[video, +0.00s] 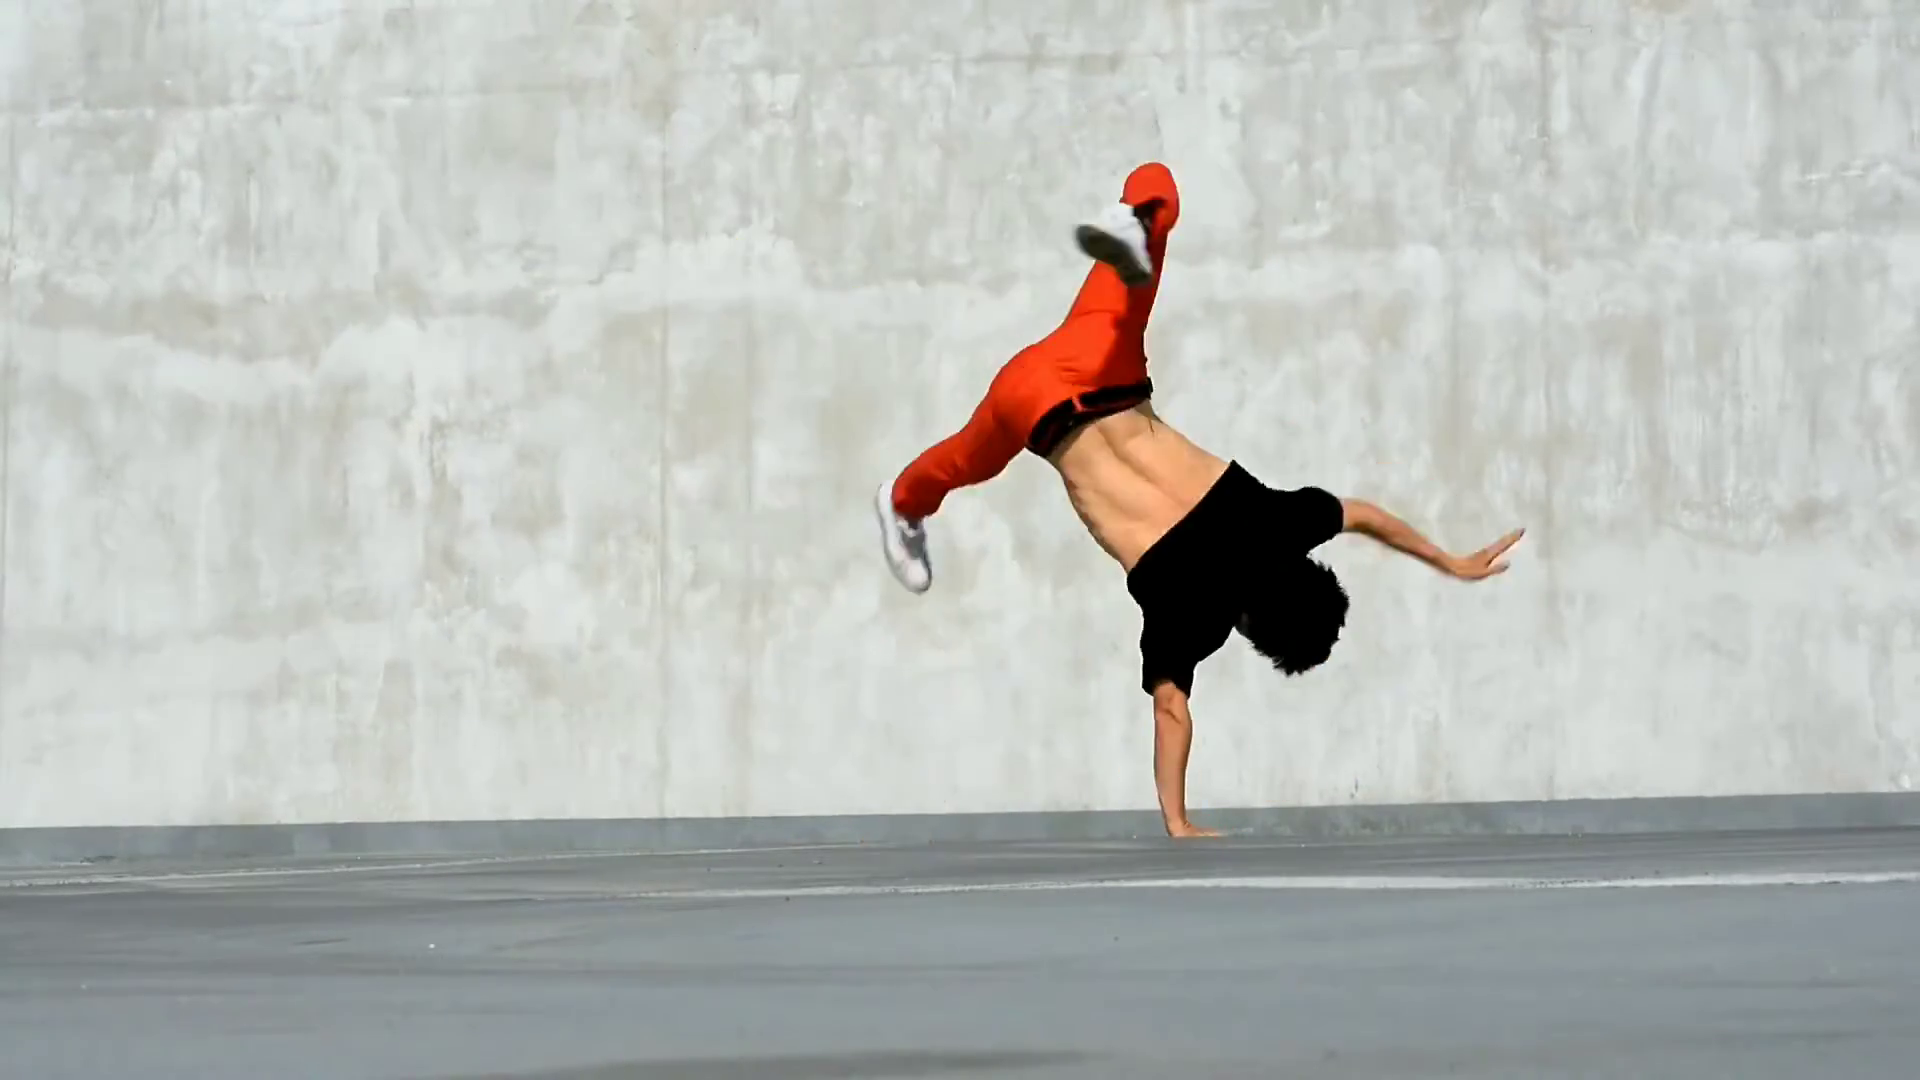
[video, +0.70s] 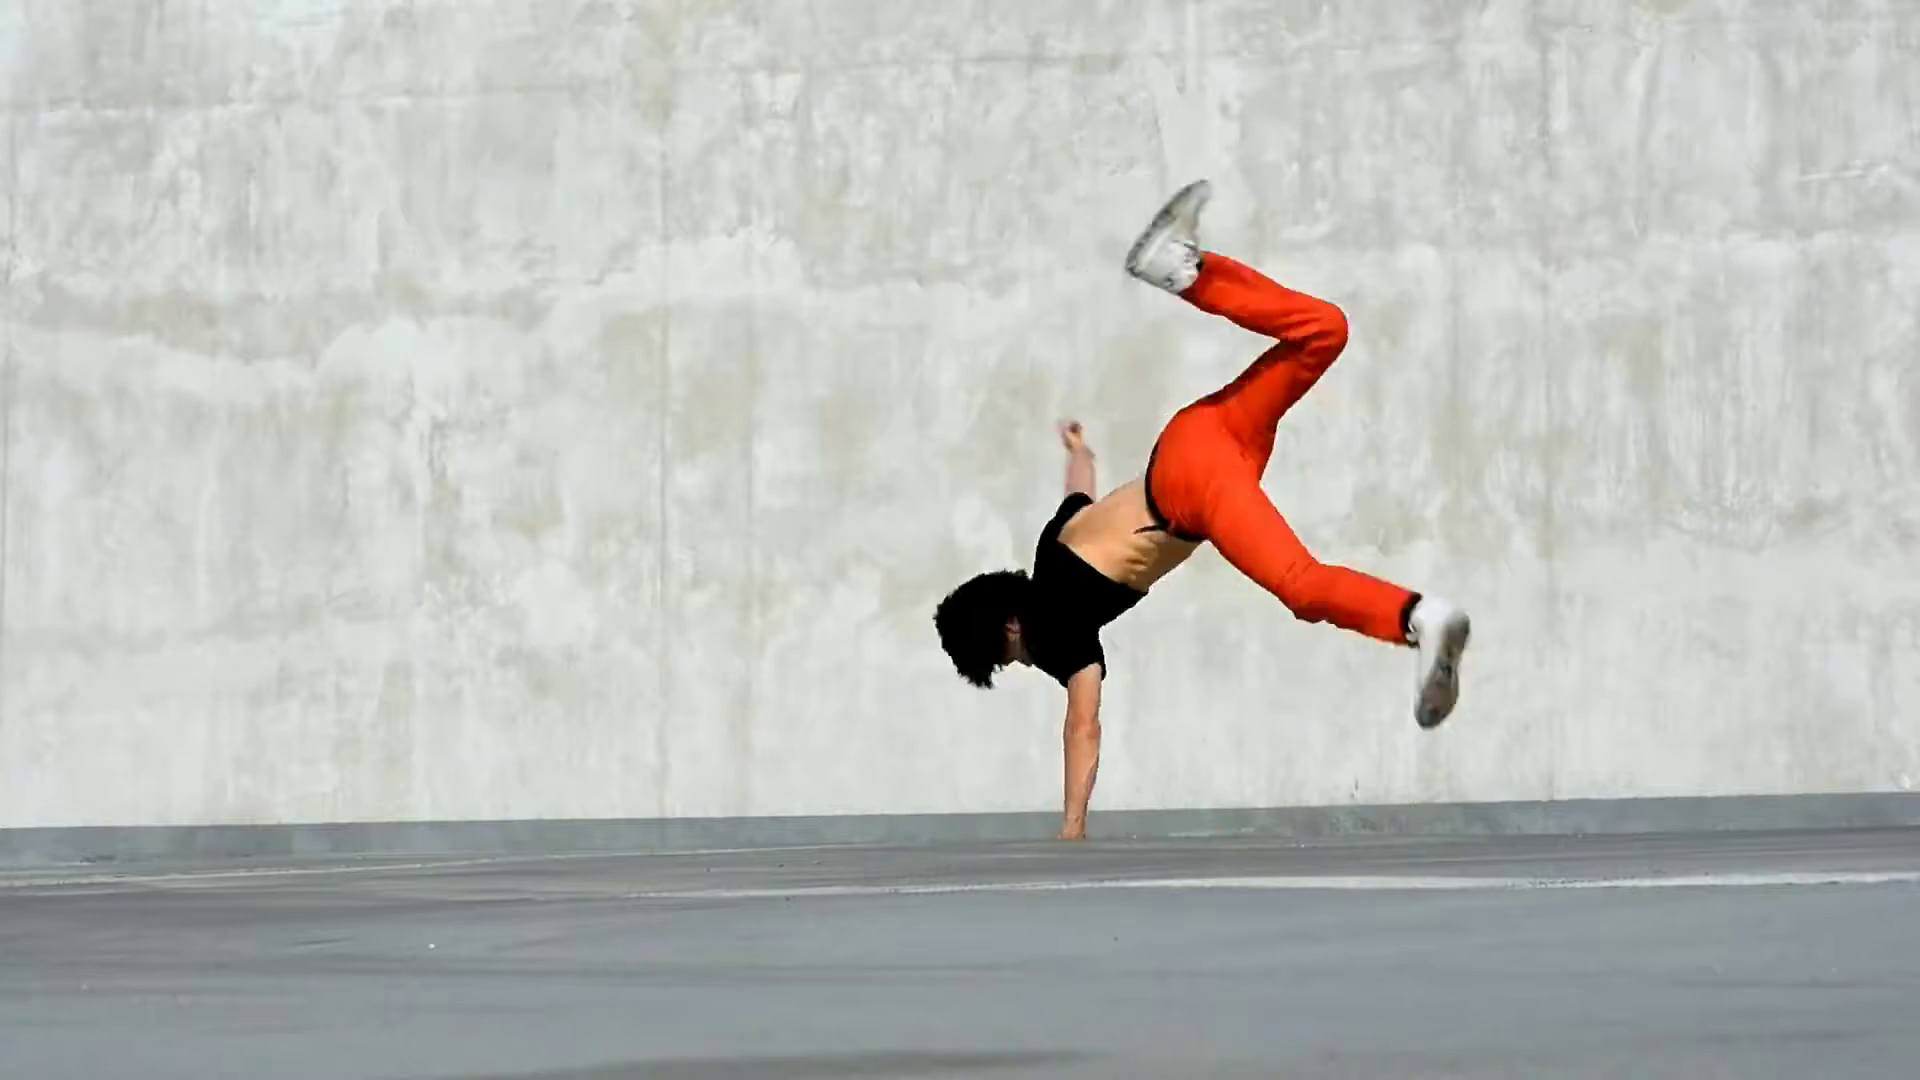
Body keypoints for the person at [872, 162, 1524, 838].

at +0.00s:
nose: (1286, 655)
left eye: (1299, 646)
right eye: (1288, 648)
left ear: (1306, 578)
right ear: (1270, 625)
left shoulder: (1281, 523)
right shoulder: (1180, 616)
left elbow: (1365, 518)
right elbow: (1171, 714)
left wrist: (1451, 564)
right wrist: (1177, 823)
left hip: (1109, 363)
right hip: (1034, 401)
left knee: (1157, 198)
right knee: (968, 460)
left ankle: (1137, 229)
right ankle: (900, 505)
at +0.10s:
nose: (1260, 673)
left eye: (1270, 672)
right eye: (1269, 665)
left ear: (1270, 627)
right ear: (1262, 638)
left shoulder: (1244, 586)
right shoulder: (1197, 620)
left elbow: (1232, 652)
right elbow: (1177, 713)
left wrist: (1246, 720)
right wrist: (1176, 820)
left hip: (1131, 362)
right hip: (1085, 400)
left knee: (1110, 214)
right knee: (954, 516)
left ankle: (1204, 202)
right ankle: (806, 615)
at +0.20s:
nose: (1248, 694)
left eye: (1261, 691)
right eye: (1263, 685)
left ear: (1255, 642)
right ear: (1264, 649)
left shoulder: (1179, 624)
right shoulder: (1228, 615)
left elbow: (1125, 707)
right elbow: (1196, 712)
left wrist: (1088, 801)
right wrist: (1180, 822)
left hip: (1131, 360)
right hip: (1146, 398)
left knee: (1020, 276)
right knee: (1022, 509)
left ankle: (1121, 159)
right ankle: (891, 584)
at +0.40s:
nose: (1183, 713)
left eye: (1175, 713)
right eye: (1185, 711)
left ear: (1155, 678)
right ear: (1197, 678)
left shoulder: (1098, 638)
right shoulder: (1231, 627)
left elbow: (1067, 730)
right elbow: (1233, 696)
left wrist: (1069, 831)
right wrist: (1214, 780)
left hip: (1078, 439)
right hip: (1157, 410)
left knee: (953, 495)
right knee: (1277, 405)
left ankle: (928, 345)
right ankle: (1308, 251)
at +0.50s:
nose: (1113, 681)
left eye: (1103, 680)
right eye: (1111, 680)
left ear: (1094, 656)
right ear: (1135, 650)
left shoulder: (1070, 636)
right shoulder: (1204, 598)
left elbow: (1066, 722)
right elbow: (1295, 642)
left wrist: (1069, 829)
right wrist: (1321, 737)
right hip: (1152, 421)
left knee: (1124, 568)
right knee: (1300, 337)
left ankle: (1032, 424)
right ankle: (1203, 190)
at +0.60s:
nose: (1029, 663)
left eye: (1017, 654)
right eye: (1016, 655)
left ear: (1021, 630)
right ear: (1025, 590)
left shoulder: (1059, 617)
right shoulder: (1082, 552)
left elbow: (1070, 721)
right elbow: (1209, 540)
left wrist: (1070, 827)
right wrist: (1293, 609)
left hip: (1152, 470)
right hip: (1184, 414)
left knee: (1248, 597)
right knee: (1280, 294)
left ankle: (1239, 478)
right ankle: (1112, 261)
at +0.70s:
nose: (1012, 660)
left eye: (1001, 653)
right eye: (1001, 655)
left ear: (1007, 629)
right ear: (1006, 600)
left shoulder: (1060, 625)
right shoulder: (1055, 543)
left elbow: (1084, 724)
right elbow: (1080, 492)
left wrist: (1072, 828)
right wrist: (1078, 451)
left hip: (1186, 478)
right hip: (1198, 428)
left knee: (1300, 584)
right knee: (1322, 332)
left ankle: (1423, 623)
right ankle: (1182, 269)